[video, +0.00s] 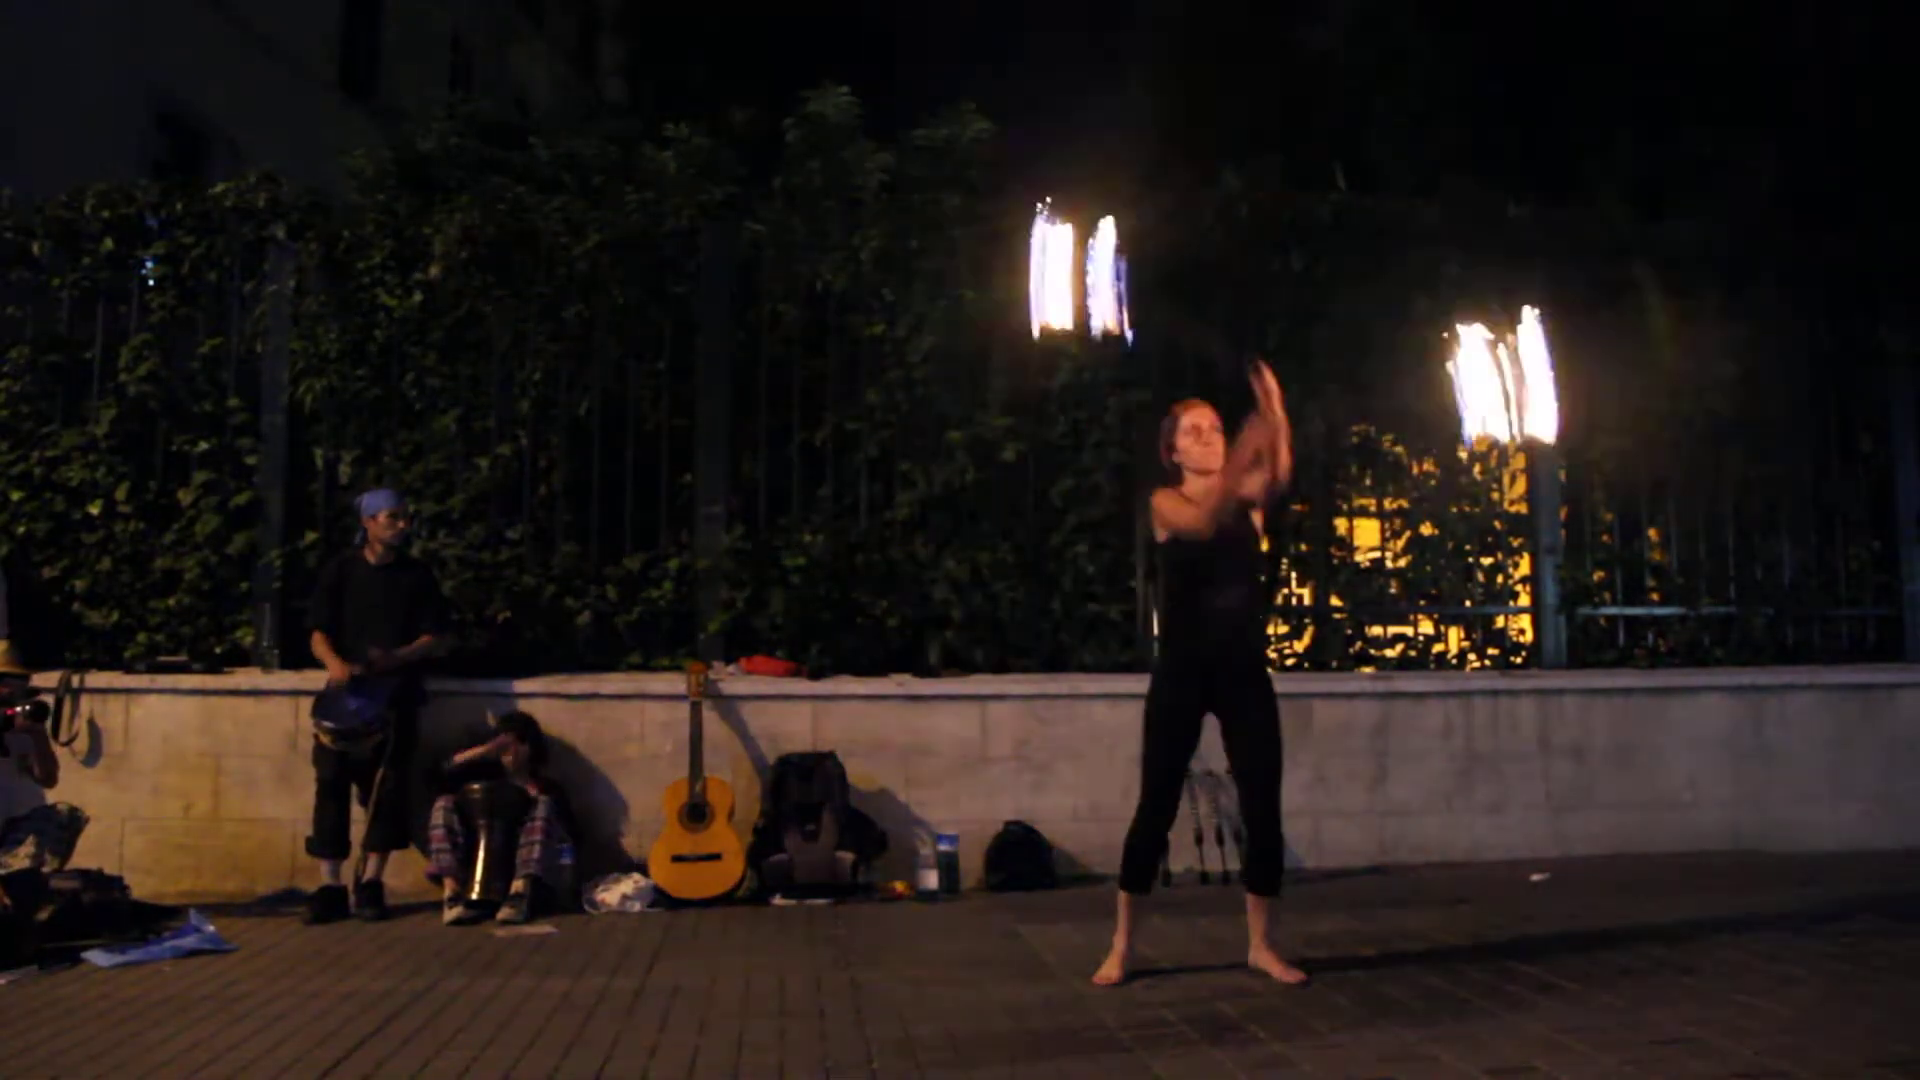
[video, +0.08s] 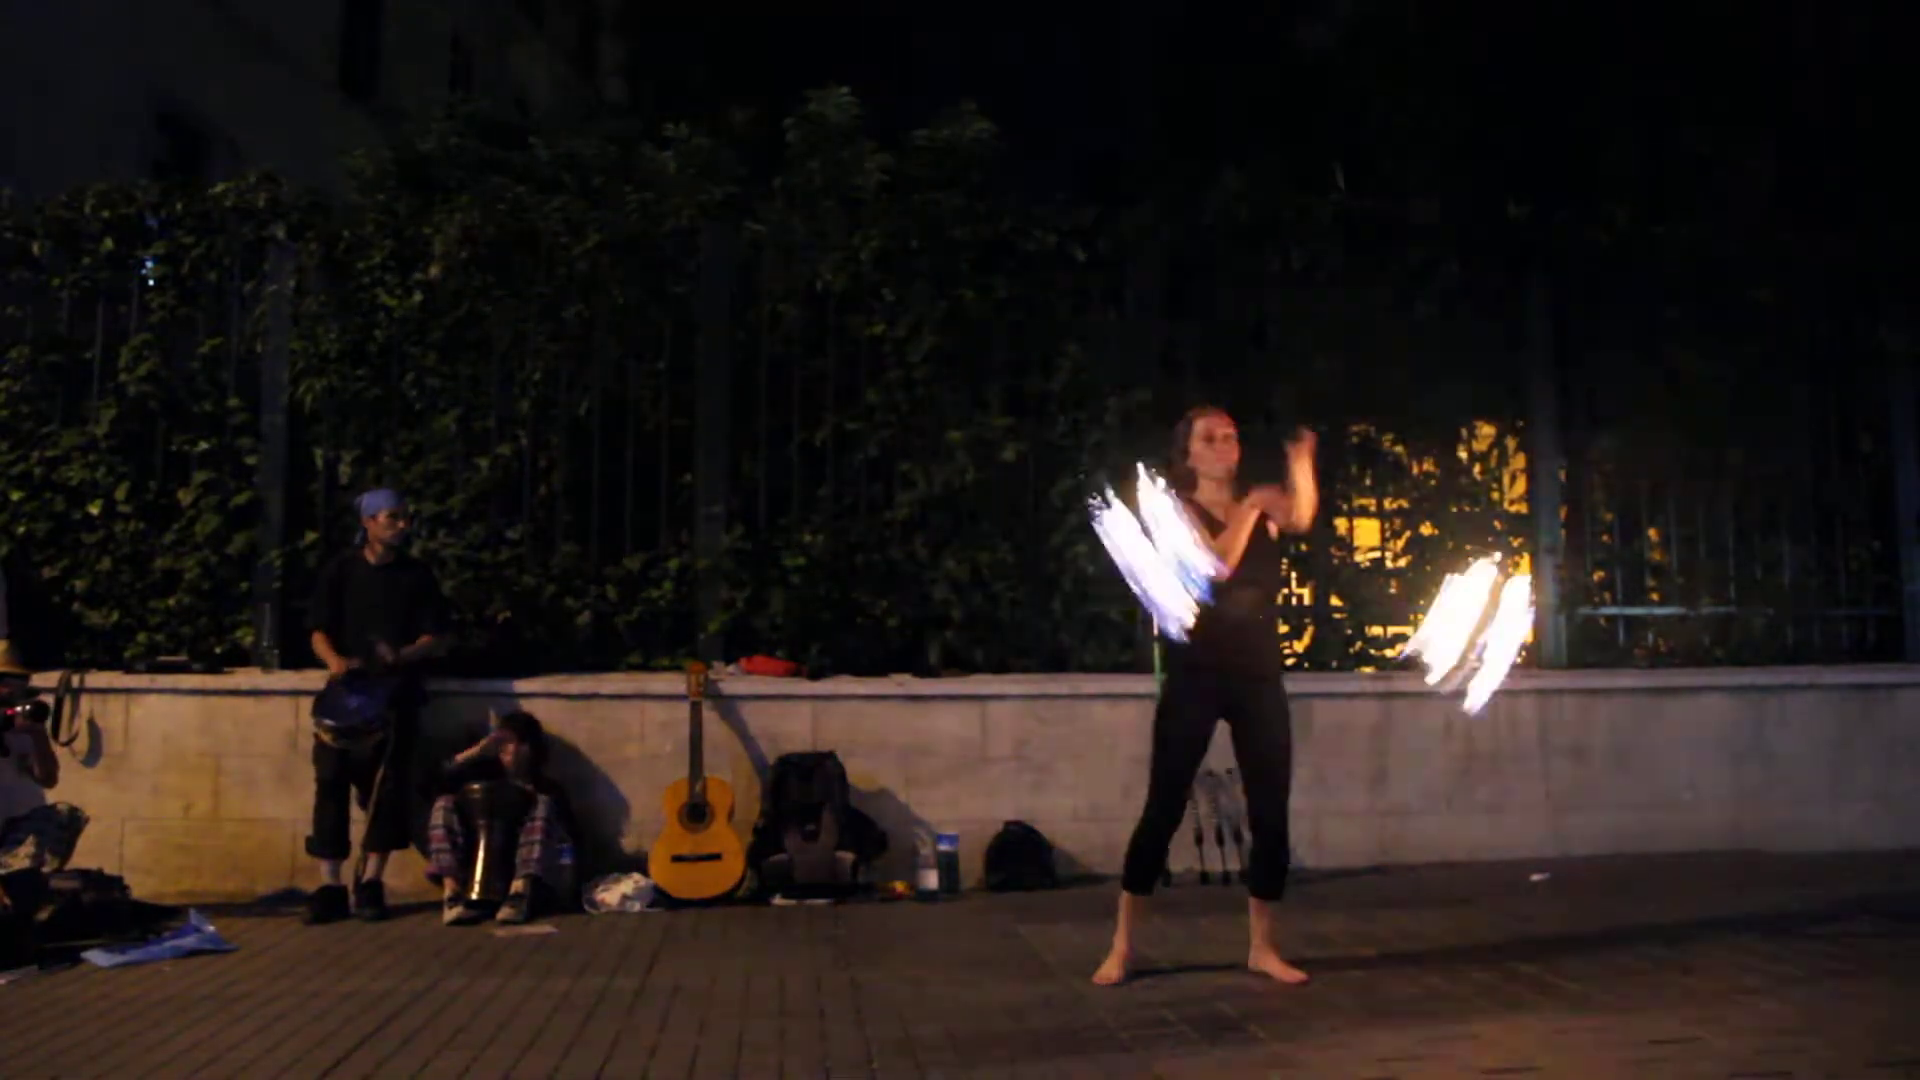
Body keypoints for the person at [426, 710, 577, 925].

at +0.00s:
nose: (511, 752)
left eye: (518, 744)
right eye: (505, 744)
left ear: (531, 749)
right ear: (496, 746)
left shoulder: (547, 786)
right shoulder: (483, 777)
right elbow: (440, 774)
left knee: (544, 806)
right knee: (443, 805)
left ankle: (520, 892)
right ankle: (451, 892)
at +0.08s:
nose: (511, 751)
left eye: (519, 744)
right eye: (505, 742)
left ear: (532, 751)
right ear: (496, 746)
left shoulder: (548, 787)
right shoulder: (483, 778)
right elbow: (436, 782)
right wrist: (477, 751)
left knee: (543, 805)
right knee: (444, 805)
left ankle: (520, 892)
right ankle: (451, 893)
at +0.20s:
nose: (512, 750)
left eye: (521, 743)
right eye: (507, 741)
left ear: (533, 749)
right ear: (499, 746)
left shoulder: (547, 787)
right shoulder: (489, 783)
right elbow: (449, 789)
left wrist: (543, 798)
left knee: (541, 811)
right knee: (443, 805)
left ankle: (521, 892)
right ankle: (451, 892)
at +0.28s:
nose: (516, 746)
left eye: (525, 741)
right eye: (510, 738)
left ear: (536, 750)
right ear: (501, 742)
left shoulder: (543, 782)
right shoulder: (483, 772)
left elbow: (571, 837)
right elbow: (436, 789)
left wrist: (544, 799)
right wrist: (472, 771)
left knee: (540, 811)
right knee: (443, 805)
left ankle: (520, 893)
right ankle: (451, 892)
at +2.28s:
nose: (523, 749)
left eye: (532, 745)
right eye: (521, 741)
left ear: (541, 754)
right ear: (511, 744)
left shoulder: (550, 791)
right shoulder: (492, 785)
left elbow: (563, 844)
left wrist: (539, 799)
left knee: (542, 806)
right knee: (445, 803)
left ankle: (520, 891)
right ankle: (451, 892)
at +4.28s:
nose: (529, 751)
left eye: (534, 745)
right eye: (521, 744)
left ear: (541, 750)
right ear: (503, 748)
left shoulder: (546, 786)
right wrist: (463, 761)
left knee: (541, 804)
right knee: (443, 804)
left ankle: (520, 893)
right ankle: (451, 893)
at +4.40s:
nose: (532, 755)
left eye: (537, 748)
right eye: (524, 748)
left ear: (544, 753)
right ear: (504, 753)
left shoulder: (550, 790)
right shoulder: (487, 792)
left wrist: (542, 800)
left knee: (541, 807)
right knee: (443, 806)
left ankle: (521, 892)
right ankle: (452, 893)